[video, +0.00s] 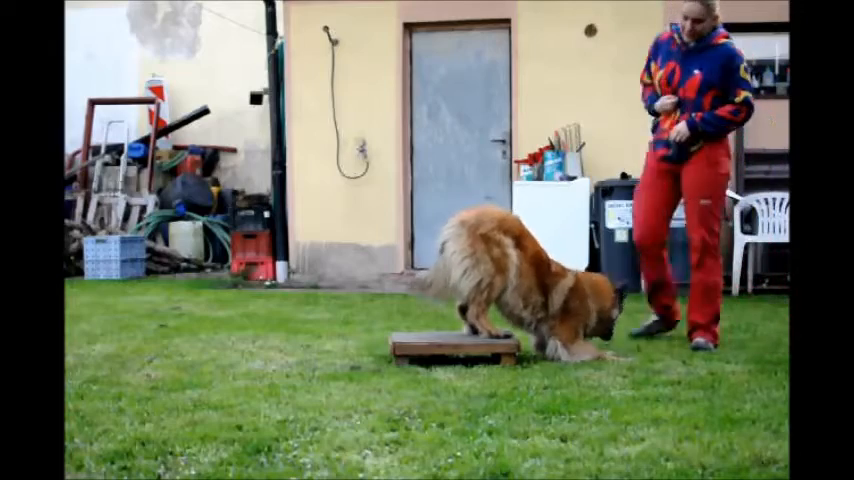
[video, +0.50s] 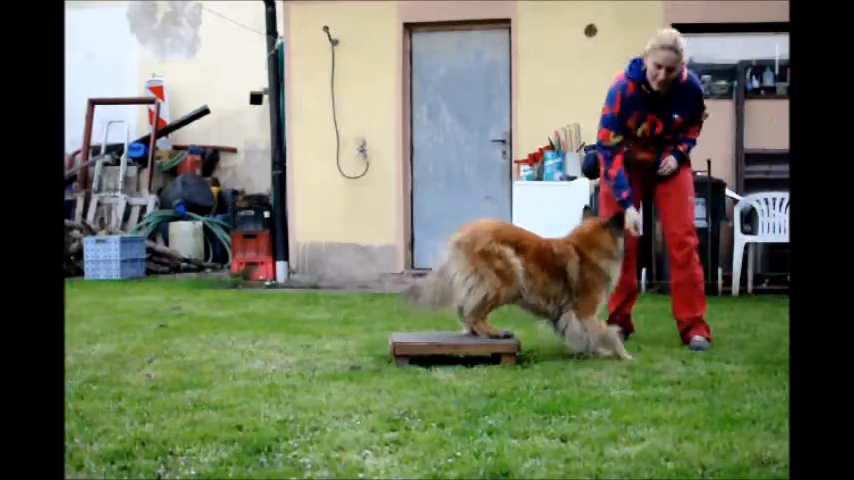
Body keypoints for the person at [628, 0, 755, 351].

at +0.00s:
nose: (688, 26)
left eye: (697, 20)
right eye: (685, 18)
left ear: (715, 17)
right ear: (679, 13)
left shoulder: (726, 53)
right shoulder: (663, 42)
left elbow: (742, 107)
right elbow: (647, 83)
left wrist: (695, 124)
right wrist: (655, 103)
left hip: (705, 154)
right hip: (661, 152)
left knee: (703, 241)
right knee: (645, 236)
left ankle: (703, 331)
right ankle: (665, 315)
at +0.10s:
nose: (685, 30)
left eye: (694, 24)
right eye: (680, 21)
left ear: (709, 22)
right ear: (672, 15)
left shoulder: (721, 56)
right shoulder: (652, 46)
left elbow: (738, 106)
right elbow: (634, 86)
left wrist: (696, 128)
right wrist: (649, 106)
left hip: (700, 156)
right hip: (653, 154)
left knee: (702, 242)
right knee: (639, 239)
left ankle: (702, 331)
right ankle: (627, 319)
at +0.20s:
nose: (676, 36)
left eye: (685, 31)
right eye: (672, 28)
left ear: (698, 29)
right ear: (662, 20)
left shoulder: (708, 62)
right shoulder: (638, 51)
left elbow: (723, 107)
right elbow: (615, 93)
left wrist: (695, 134)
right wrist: (639, 116)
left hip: (688, 160)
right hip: (640, 158)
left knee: (695, 244)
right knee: (629, 242)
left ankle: (701, 330)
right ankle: (617, 321)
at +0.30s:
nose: (670, 41)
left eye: (679, 36)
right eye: (666, 32)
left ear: (690, 35)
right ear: (656, 24)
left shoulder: (700, 65)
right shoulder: (630, 56)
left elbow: (709, 110)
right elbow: (604, 98)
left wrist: (690, 138)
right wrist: (633, 123)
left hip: (680, 158)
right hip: (631, 157)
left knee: (689, 242)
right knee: (625, 243)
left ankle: (701, 329)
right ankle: (618, 321)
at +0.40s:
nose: (664, 56)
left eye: (673, 50)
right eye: (659, 47)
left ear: (684, 47)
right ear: (648, 38)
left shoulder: (693, 77)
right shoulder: (621, 71)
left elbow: (698, 117)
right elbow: (601, 119)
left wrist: (681, 145)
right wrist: (630, 160)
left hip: (672, 155)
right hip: (623, 154)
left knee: (685, 238)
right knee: (622, 240)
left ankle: (696, 326)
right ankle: (618, 320)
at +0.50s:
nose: (662, 75)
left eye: (670, 69)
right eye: (657, 67)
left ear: (680, 66)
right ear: (645, 60)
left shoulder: (690, 88)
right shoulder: (623, 88)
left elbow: (693, 127)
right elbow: (608, 147)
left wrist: (677, 154)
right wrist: (626, 203)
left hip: (670, 166)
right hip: (624, 164)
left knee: (683, 239)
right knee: (620, 240)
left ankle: (694, 327)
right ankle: (619, 322)